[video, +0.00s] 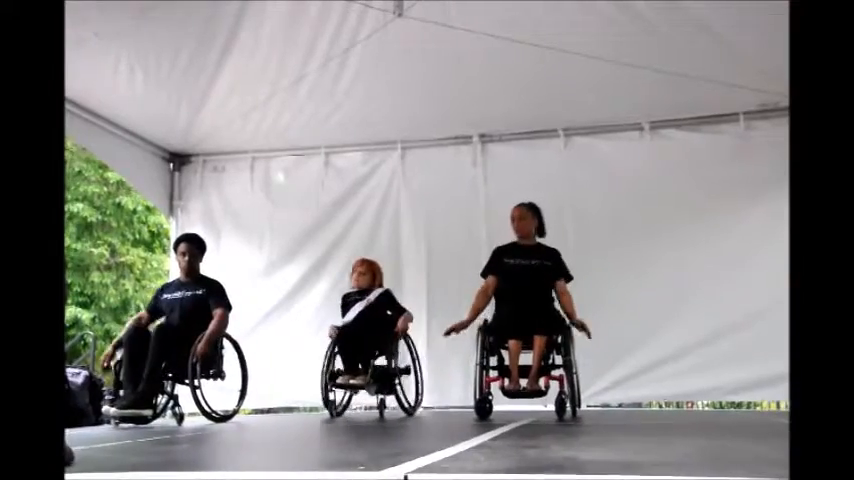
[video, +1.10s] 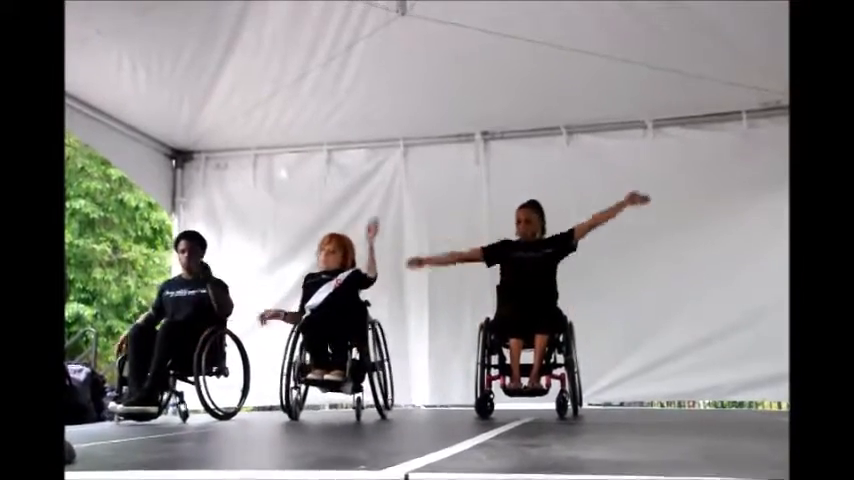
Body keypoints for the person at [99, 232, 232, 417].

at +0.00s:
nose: (188, 259)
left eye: (193, 254)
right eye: (183, 254)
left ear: (201, 257)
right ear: (176, 257)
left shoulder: (211, 287)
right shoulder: (166, 290)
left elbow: (221, 317)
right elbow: (142, 319)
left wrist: (206, 342)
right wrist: (114, 346)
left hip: (199, 353)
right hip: (170, 351)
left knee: (163, 331)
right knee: (135, 333)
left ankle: (144, 399)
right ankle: (130, 398)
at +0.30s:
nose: (187, 257)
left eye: (192, 252)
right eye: (182, 252)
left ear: (201, 255)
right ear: (176, 255)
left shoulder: (211, 286)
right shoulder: (167, 288)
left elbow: (218, 315)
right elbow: (142, 310)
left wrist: (204, 340)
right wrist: (121, 326)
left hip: (200, 350)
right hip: (172, 349)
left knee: (161, 330)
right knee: (136, 332)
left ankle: (145, 397)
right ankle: (131, 396)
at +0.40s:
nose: (184, 257)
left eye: (189, 252)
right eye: (180, 252)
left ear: (199, 255)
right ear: (175, 255)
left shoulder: (211, 285)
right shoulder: (167, 287)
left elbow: (218, 314)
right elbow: (147, 301)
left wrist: (203, 339)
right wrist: (136, 306)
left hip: (199, 349)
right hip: (171, 347)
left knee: (162, 329)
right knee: (136, 331)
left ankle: (144, 397)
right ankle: (130, 394)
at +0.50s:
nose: (181, 255)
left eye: (186, 250)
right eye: (177, 251)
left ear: (196, 253)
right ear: (172, 255)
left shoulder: (210, 284)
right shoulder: (168, 286)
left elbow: (219, 312)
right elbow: (139, 302)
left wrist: (205, 337)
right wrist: (148, 288)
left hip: (200, 350)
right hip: (172, 348)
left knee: (163, 328)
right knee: (137, 330)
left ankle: (146, 395)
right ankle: (131, 394)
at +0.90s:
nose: (184, 255)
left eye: (189, 249)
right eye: (179, 250)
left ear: (199, 252)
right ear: (174, 254)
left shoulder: (213, 285)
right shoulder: (166, 287)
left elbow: (231, 314)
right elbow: (145, 317)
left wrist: (220, 319)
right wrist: (133, 294)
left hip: (204, 352)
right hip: (173, 349)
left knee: (170, 329)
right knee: (141, 329)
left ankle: (151, 396)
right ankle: (136, 396)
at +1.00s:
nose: (185, 256)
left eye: (190, 250)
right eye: (180, 251)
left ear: (200, 253)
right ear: (175, 255)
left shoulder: (214, 285)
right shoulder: (167, 287)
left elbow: (229, 314)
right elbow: (153, 313)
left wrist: (219, 292)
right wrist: (128, 322)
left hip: (205, 350)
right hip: (174, 348)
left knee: (169, 327)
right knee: (141, 329)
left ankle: (151, 397)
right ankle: (136, 397)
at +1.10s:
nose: (187, 256)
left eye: (192, 251)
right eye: (182, 252)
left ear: (202, 254)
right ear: (177, 255)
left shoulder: (215, 285)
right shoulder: (168, 287)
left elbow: (225, 311)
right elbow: (153, 315)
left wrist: (209, 281)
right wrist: (129, 334)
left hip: (205, 349)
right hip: (174, 347)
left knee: (169, 328)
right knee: (138, 332)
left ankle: (150, 397)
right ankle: (135, 397)